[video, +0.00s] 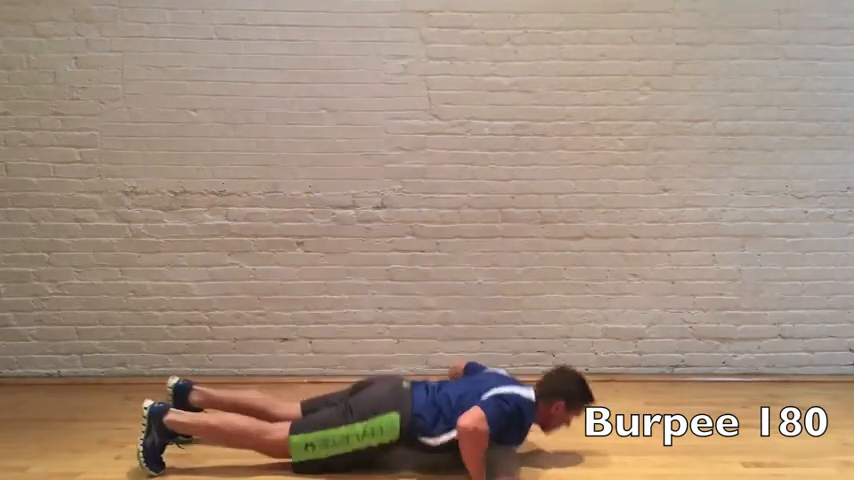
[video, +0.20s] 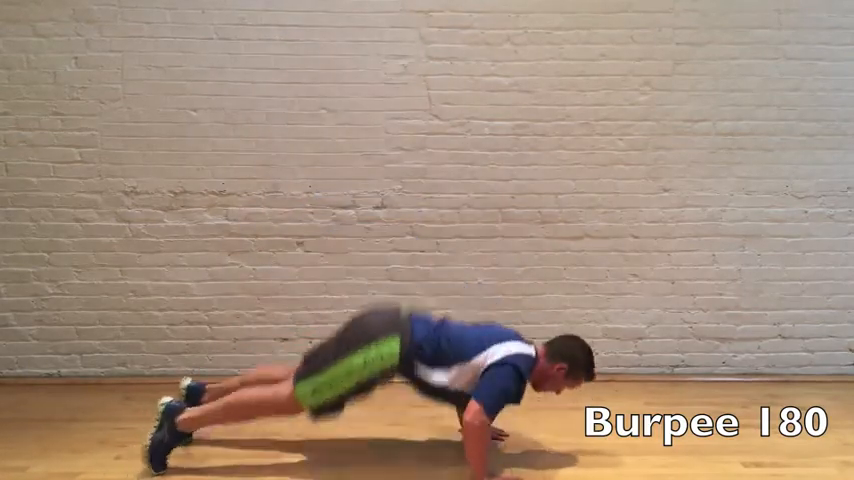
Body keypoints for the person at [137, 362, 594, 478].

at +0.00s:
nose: (567, 424)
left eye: (571, 418)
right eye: (570, 416)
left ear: (548, 389)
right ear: (556, 405)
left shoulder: (508, 383)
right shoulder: (520, 409)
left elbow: (459, 369)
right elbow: (471, 428)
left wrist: (461, 415)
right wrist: (480, 479)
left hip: (393, 388)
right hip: (393, 415)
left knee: (289, 417)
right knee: (278, 444)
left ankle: (193, 395)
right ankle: (167, 421)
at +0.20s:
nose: (563, 392)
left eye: (569, 386)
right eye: (568, 384)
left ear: (554, 357)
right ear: (557, 369)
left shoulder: (515, 346)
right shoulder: (512, 368)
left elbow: (470, 400)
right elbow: (475, 422)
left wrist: (484, 438)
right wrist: (483, 474)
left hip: (393, 326)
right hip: (389, 342)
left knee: (297, 376)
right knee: (292, 398)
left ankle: (200, 394)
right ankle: (182, 422)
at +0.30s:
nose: (543, 387)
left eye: (551, 383)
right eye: (550, 381)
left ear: (540, 354)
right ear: (543, 365)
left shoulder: (506, 336)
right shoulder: (512, 351)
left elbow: (467, 390)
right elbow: (480, 413)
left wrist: (474, 434)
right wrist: (485, 473)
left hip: (393, 274)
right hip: (393, 285)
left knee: (324, 366)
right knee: (328, 387)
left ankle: (233, 384)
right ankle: (227, 405)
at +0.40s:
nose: (513, 369)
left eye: (521, 366)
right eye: (520, 363)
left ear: (515, 340)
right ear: (515, 346)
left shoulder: (488, 324)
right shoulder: (485, 338)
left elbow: (463, 383)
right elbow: (477, 413)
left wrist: (476, 427)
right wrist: (484, 474)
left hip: (381, 248)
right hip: (375, 257)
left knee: (378, 351)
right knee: (387, 373)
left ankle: (321, 409)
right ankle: (308, 410)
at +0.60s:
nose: (536, 269)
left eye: (539, 260)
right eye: (535, 257)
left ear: (514, 249)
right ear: (517, 249)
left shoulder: (485, 259)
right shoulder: (484, 275)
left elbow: (486, 343)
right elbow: (491, 359)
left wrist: (497, 390)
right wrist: (513, 429)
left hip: (365, 278)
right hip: (352, 286)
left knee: (436, 339)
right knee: (426, 369)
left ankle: (402, 427)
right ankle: (389, 448)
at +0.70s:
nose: (535, 205)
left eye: (536, 197)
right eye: (532, 196)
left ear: (507, 192)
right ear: (512, 193)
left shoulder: (480, 212)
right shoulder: (479, 226)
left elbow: (472, 295)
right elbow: (470, 304)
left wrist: (498, 328)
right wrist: (511, 349)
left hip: (373, 267)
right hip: (360, 272)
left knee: (434, 338)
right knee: (432, 360)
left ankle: (399, 427)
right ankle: (389, 447)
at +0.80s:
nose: (519, 145)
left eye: (518, 136)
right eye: (517, 136)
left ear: (483, 135)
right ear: (502, 138)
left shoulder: (460, 161)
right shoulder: (476, 179)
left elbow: (453, 246)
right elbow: (459, 257)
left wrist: (490, 260)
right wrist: (495, 268)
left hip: (374, 255)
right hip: (377, 262)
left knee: (430, 350)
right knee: (442, 363)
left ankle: (397, 426)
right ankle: (373, 446)